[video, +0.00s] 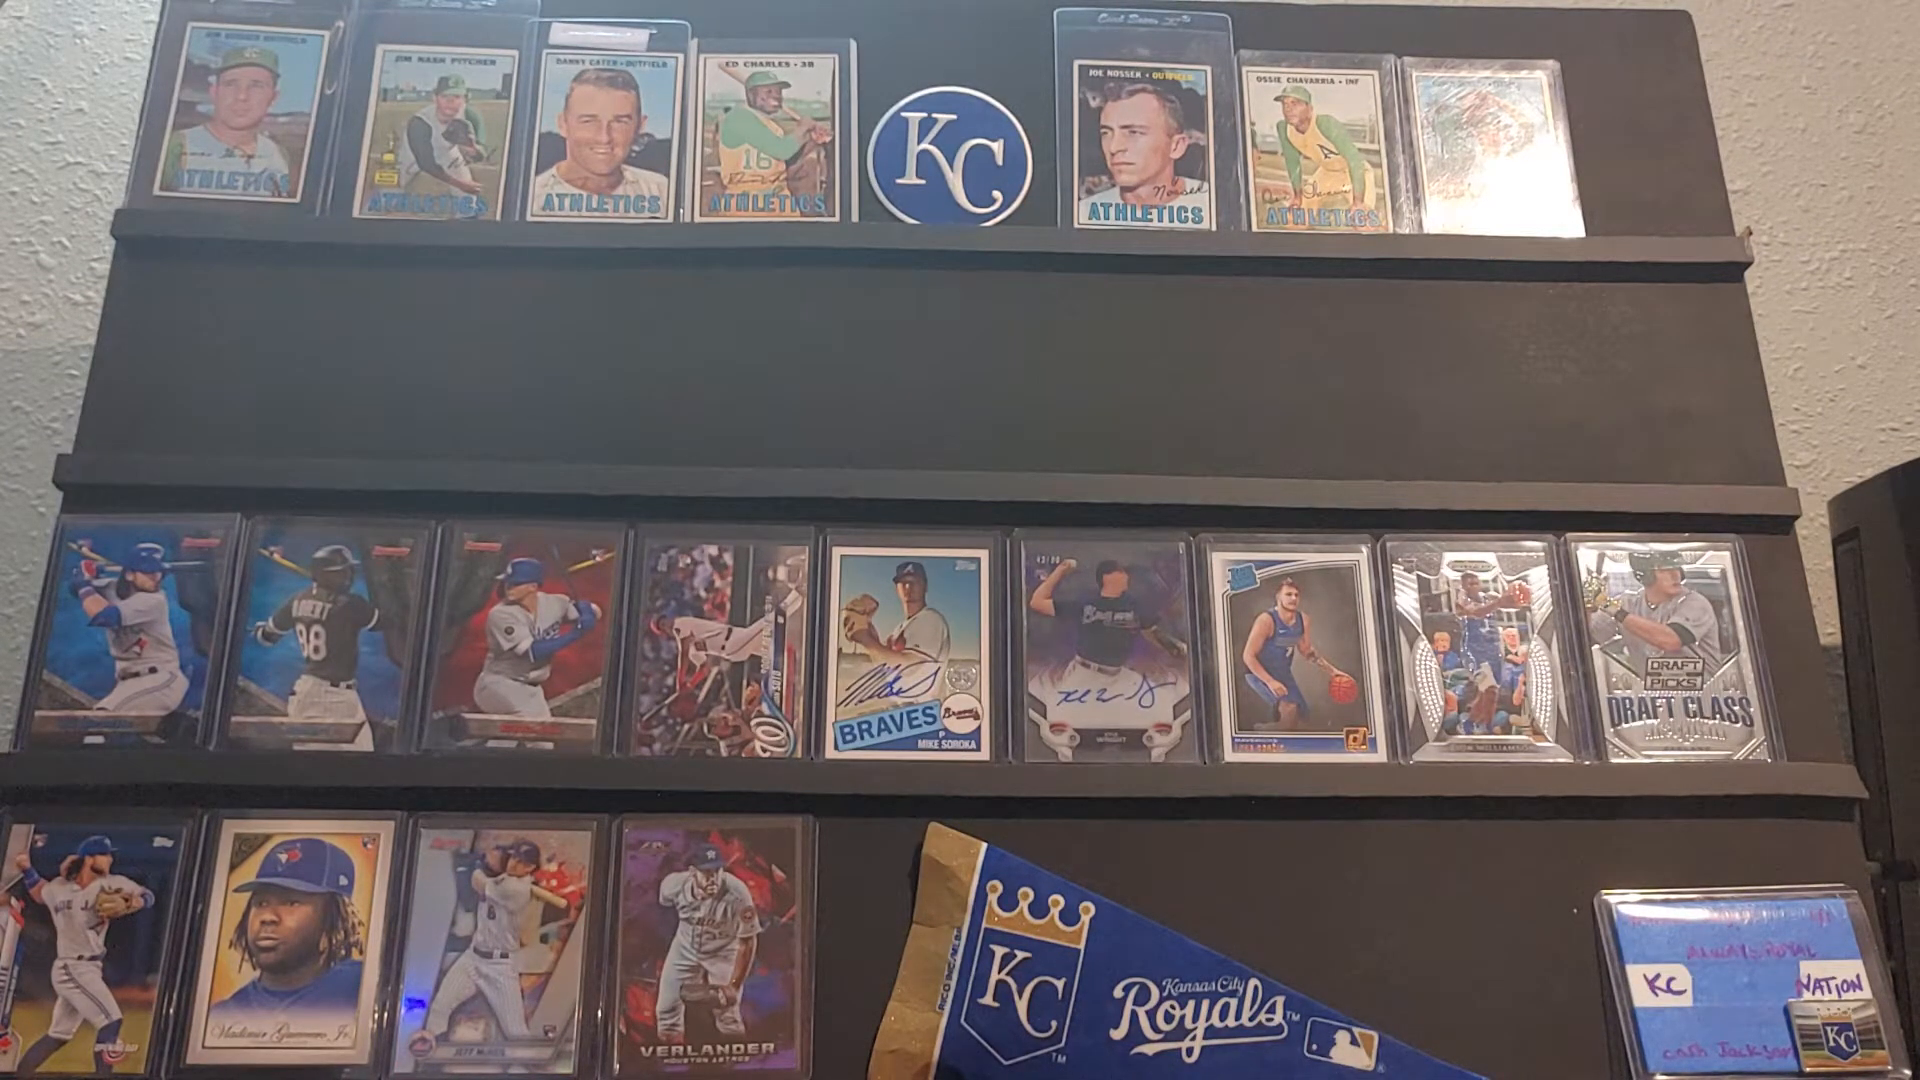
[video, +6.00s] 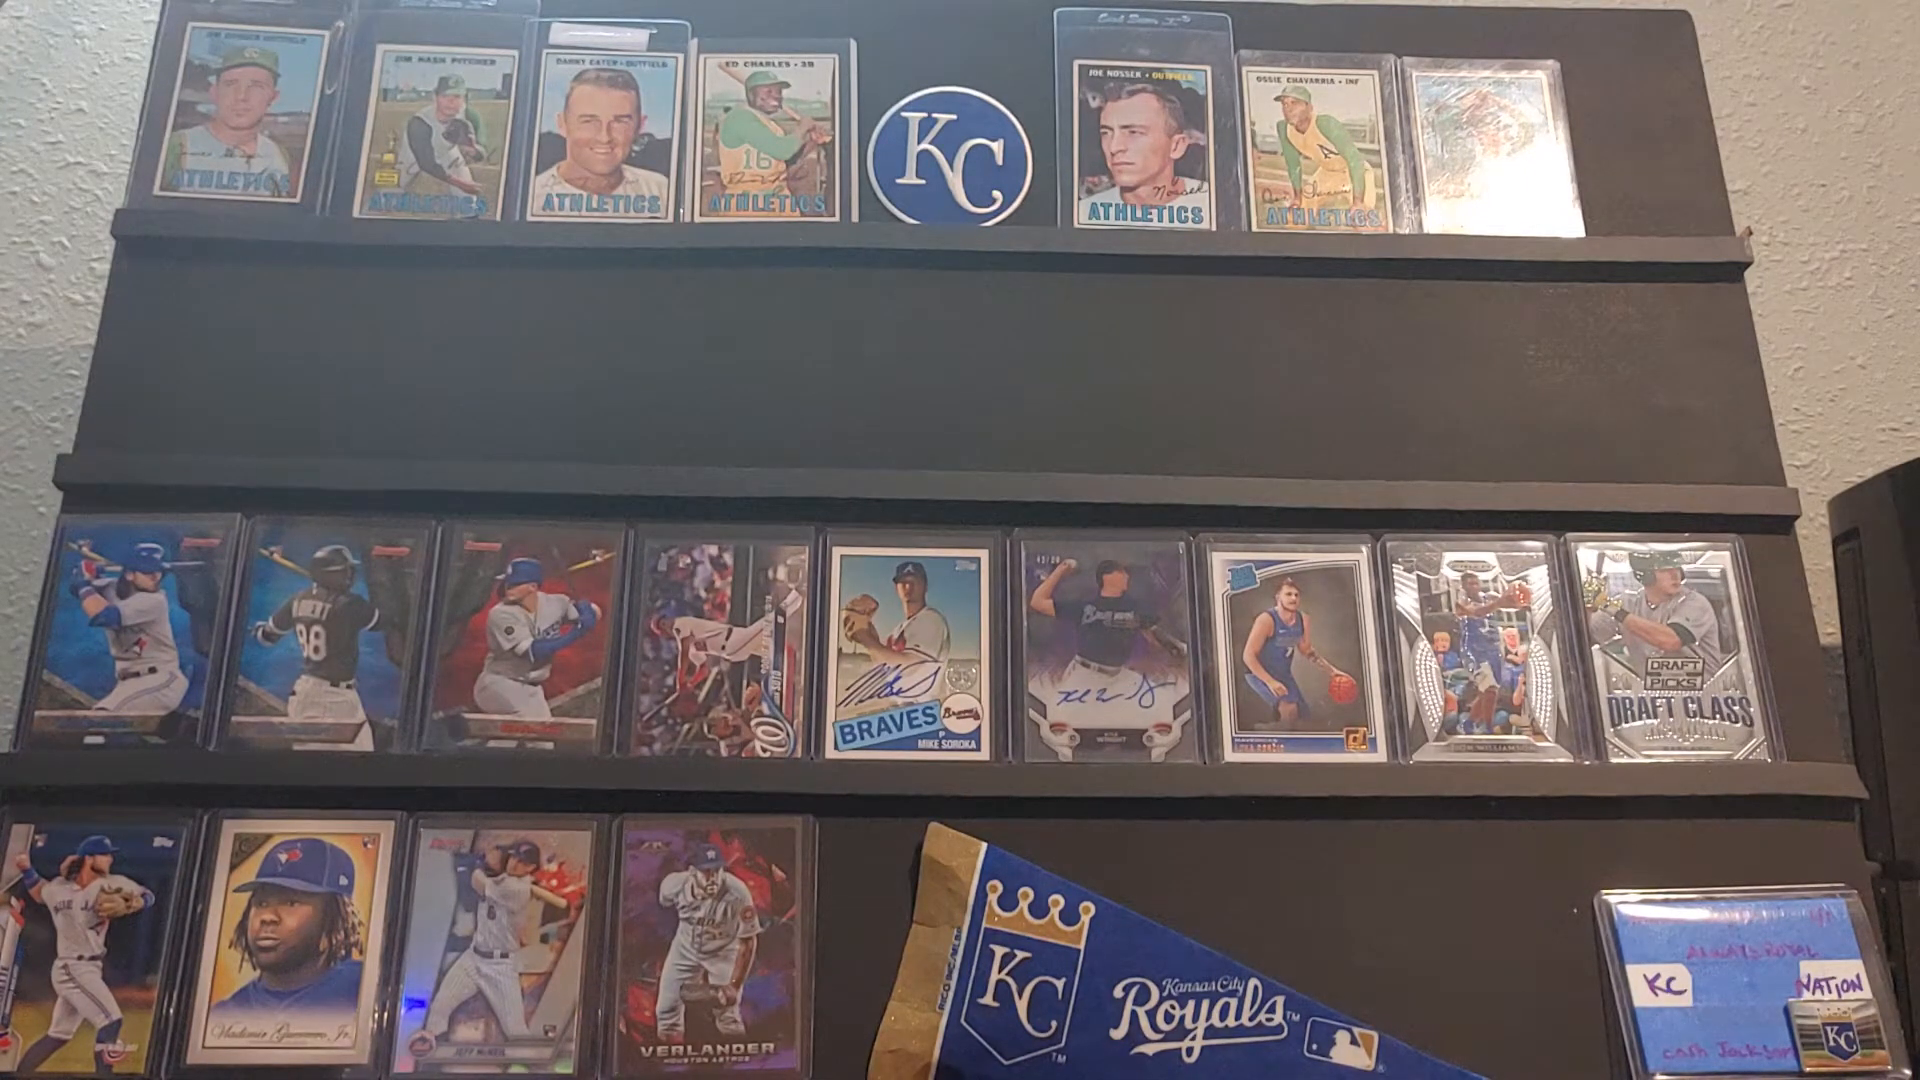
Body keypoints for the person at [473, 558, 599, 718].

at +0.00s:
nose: (508, 587)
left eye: (514, 583)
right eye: (507, 583)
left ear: (533, 587)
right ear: (504, 583)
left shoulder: (554, 603)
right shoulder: (500, 614)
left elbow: (580, 607)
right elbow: (531, 652)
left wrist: (587, 613)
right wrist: (576, 633)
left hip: (531, 688)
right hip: (497, 684)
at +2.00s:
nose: (507, 588)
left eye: (514, 584)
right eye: (507, 583)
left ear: (532, 586)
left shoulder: (554, 603)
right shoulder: (500, 614)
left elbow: (578, 607)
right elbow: (532, 652)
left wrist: (587, 614)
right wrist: (576, 632)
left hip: (531, 687)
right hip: (496, 684)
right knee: (530, 714)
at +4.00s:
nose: (508, 588)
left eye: (514, 584)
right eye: (507, 583)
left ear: (532, 587)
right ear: (504, 584)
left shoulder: (555, 603)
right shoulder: (500, 614)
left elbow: (579, 607)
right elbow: (532, 652)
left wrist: (587, 614)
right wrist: (576, 633)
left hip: (531, 687)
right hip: (496, 684)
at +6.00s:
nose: (507, 588)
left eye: (514, 584)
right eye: (507, 584)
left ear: (532, 587)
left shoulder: (556, 603)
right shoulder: (500, 614)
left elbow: (581, 607)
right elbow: (531, 651)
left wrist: (587, 614)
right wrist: (575, 634)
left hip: (531, 687)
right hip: (497, 683)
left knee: (545, 733)